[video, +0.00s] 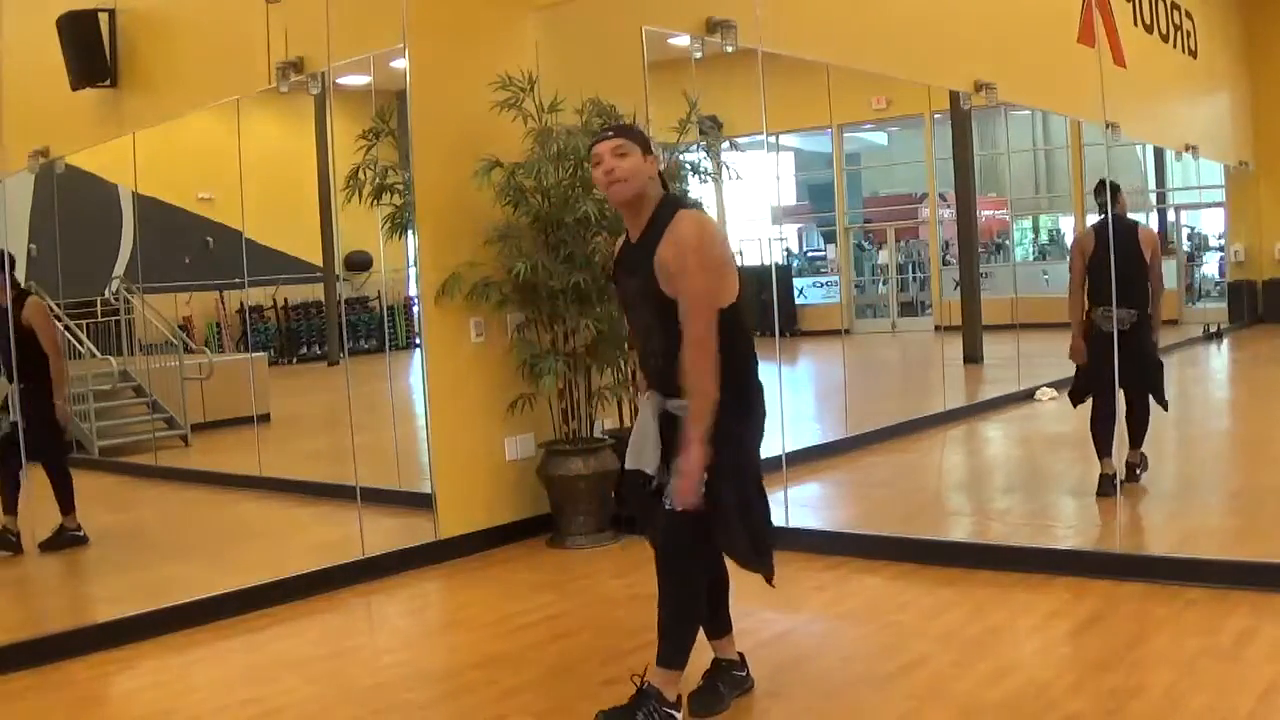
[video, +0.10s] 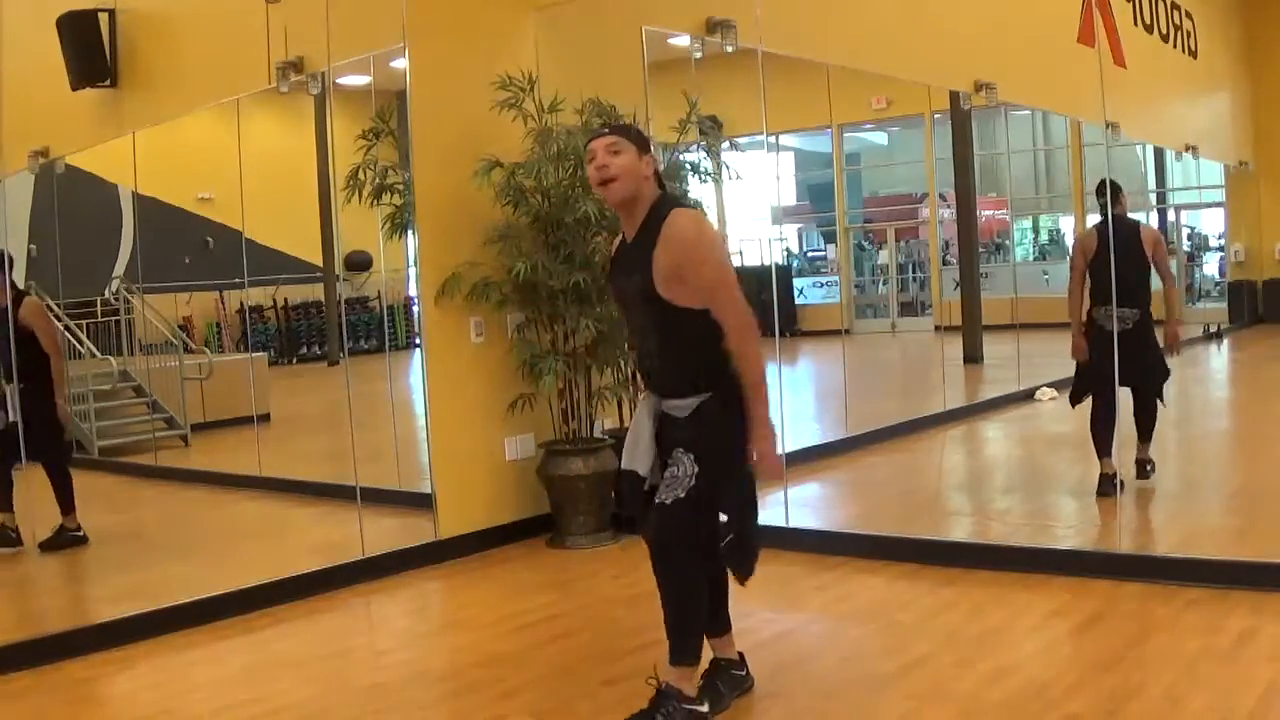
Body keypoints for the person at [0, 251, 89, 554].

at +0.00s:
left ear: (5, 275)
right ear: (8, 273)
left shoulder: (31, 305)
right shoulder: (10, 308)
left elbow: (56, 354)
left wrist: (60, 401)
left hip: (41, 395)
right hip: (17, 396)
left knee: (53, 458)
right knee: (8, 461)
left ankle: (71, 525)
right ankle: (9, 528)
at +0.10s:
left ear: (4, 274)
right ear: (6, 273)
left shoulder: (28, 306)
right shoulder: (9, 309)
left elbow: (56, 353)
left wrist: (61, 400)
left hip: (38, 397)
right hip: (10, 399)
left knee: (53, 458)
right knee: (3, 461)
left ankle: (71, 525)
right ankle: (7, 525)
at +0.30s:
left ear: (3, 289)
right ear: (5, 289)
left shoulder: (15, 310)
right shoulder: (12, 311)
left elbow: (39, 352)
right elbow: (39, 352)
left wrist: (51, 397)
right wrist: (50, 396)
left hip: (29, 402)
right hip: (19, 402)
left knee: (45, 458)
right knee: (44, 458)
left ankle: (70, 524)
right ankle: (69, 524)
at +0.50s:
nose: (7, 325)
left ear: (4, 324)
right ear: (3, 324)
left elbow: (5, 369)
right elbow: (6, 369)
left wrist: (12, 409)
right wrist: (12, 408)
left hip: (6, 410)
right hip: (7, 410)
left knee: (27, 463)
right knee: (26, 462)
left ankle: (65, 519)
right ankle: (65, 519)